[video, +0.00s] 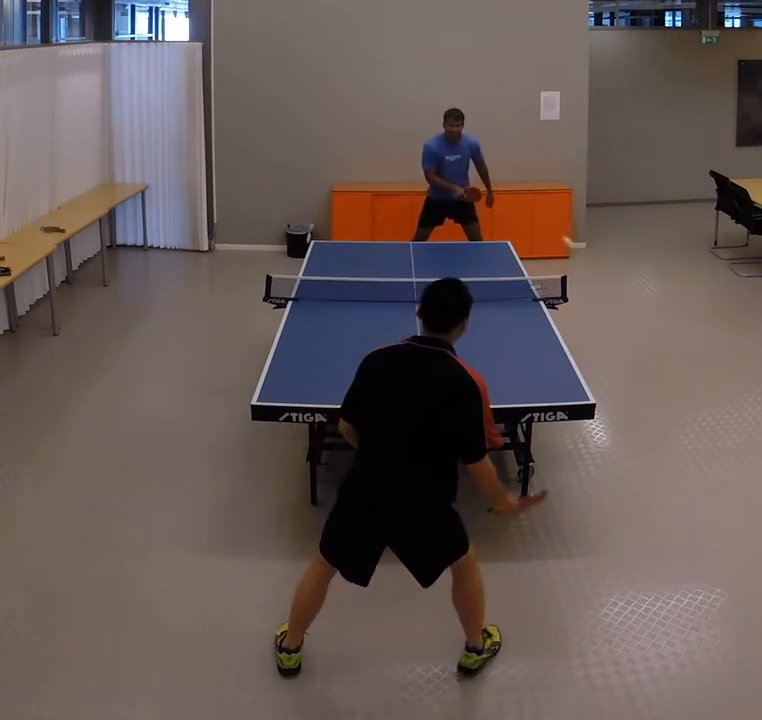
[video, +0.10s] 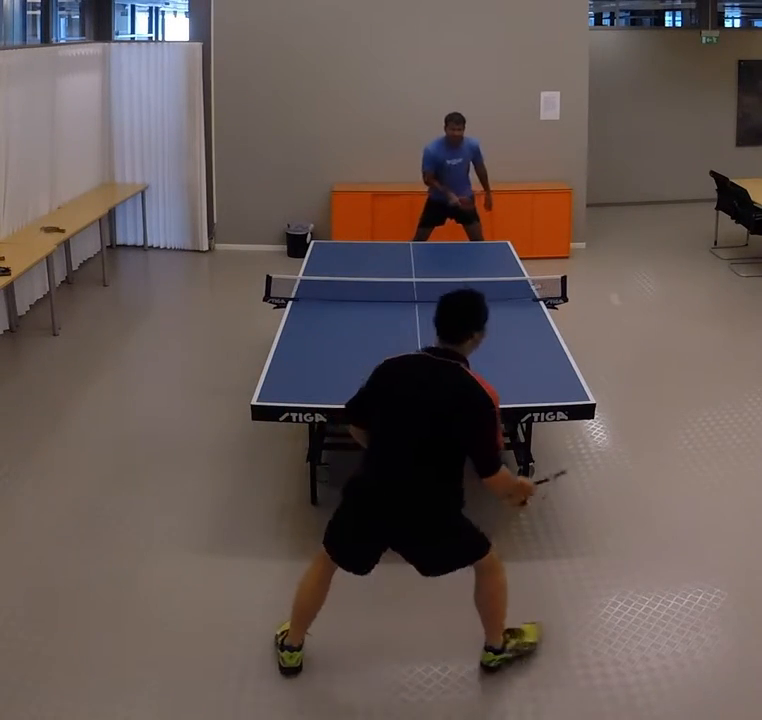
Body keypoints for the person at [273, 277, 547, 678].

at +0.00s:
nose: (464, 324)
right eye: (465, 318)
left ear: (420, 315)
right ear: (463, 323)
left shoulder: (379, 359)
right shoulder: (465, 384)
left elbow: (346, 425)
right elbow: (475, 460)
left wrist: (378, 450)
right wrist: (501, 499)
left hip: (364, 493)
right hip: (425, 502)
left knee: (323, 566)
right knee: (463, 565)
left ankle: (289, 647)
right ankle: (475, 646)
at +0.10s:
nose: (483, 338)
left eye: (481, 330)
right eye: (483, 331)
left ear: (437, 326)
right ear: (476, 336)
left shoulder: (393, 368)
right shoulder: (478, 396)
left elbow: (354, 418)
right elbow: (490, 472)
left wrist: (384, 451)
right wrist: (516, 489)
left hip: (369, 503)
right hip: (430, 514)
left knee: (326, 559)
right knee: (487, 563)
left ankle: (291, 645)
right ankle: (496, 645)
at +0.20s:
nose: (527, 348)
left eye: (527, 339)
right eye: (528, 341)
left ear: (482, 332)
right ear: (520, 345)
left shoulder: (434, 367)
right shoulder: (512, 409)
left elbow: (385, 419)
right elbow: (517, 492)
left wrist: (415, 451)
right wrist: (551, 501)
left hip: (386, 509)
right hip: (446, 525)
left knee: (341, 564)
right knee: (518, 557)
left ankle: (291, 641)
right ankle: (524, 636)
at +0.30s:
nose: (592, 363)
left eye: (593, 355)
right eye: (594, 356)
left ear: (552, 340)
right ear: (584, 356)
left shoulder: (493, 366)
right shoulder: (562, 421)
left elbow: (435, 405)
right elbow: (569, 506)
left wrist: (439, 455)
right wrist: (614, 549)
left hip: (432, 496)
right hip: (486, 518)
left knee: (382, 554)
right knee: (550, 564)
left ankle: (303, 616)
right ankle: (530, 641)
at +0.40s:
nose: (650, 380)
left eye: (653, 372)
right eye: (652, 371)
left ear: (612, 351)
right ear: (637, 367)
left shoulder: (553, 371)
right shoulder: (606, 428)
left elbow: (493, 397)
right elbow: (630, 517)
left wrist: (482, 453)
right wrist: (670, 576)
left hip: (477, 494)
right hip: (521, 522)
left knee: (447, 549)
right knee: (572, 571)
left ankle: (366, 600)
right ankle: (531, 641)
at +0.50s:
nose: (703, 394)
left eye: (706, 386)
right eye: (703, 384)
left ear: (669, 368)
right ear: (683, 378)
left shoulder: (610, 381)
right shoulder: (650, 438)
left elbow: (551, 406)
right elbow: (675, 529)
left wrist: (565, 452)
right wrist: (737, 561)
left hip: (511, 485)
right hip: (543, 518)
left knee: (533, 548)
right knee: (586, 580)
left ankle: (460, 594)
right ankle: (532, 640)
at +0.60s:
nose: (751, 410)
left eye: (755, 401)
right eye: (751, 400)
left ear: (720, 388)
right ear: (730, 395)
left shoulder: (660, 392)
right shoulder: (692, 447)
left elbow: (603, 413)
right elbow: (739, 537)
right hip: (566, 505)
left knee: (622, 544)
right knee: (600, 588)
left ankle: (583, 610)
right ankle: (531, 638)